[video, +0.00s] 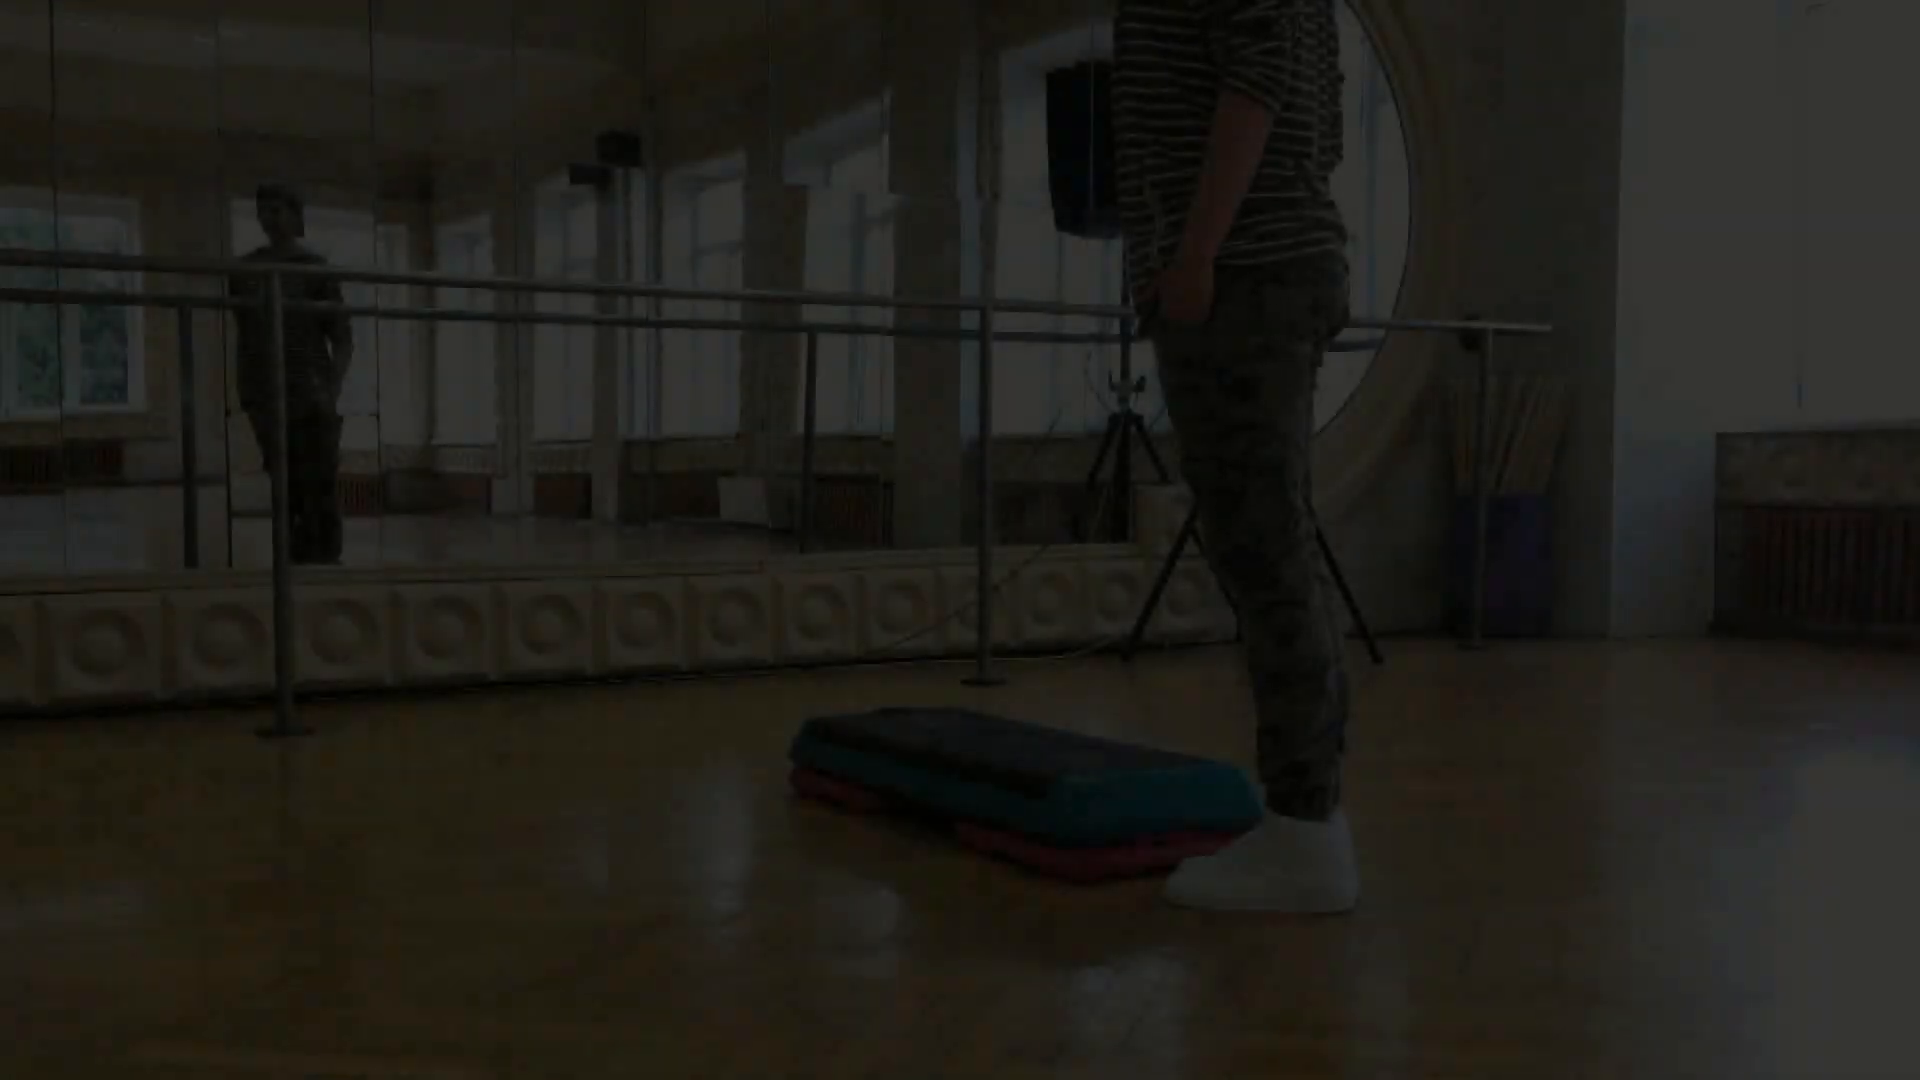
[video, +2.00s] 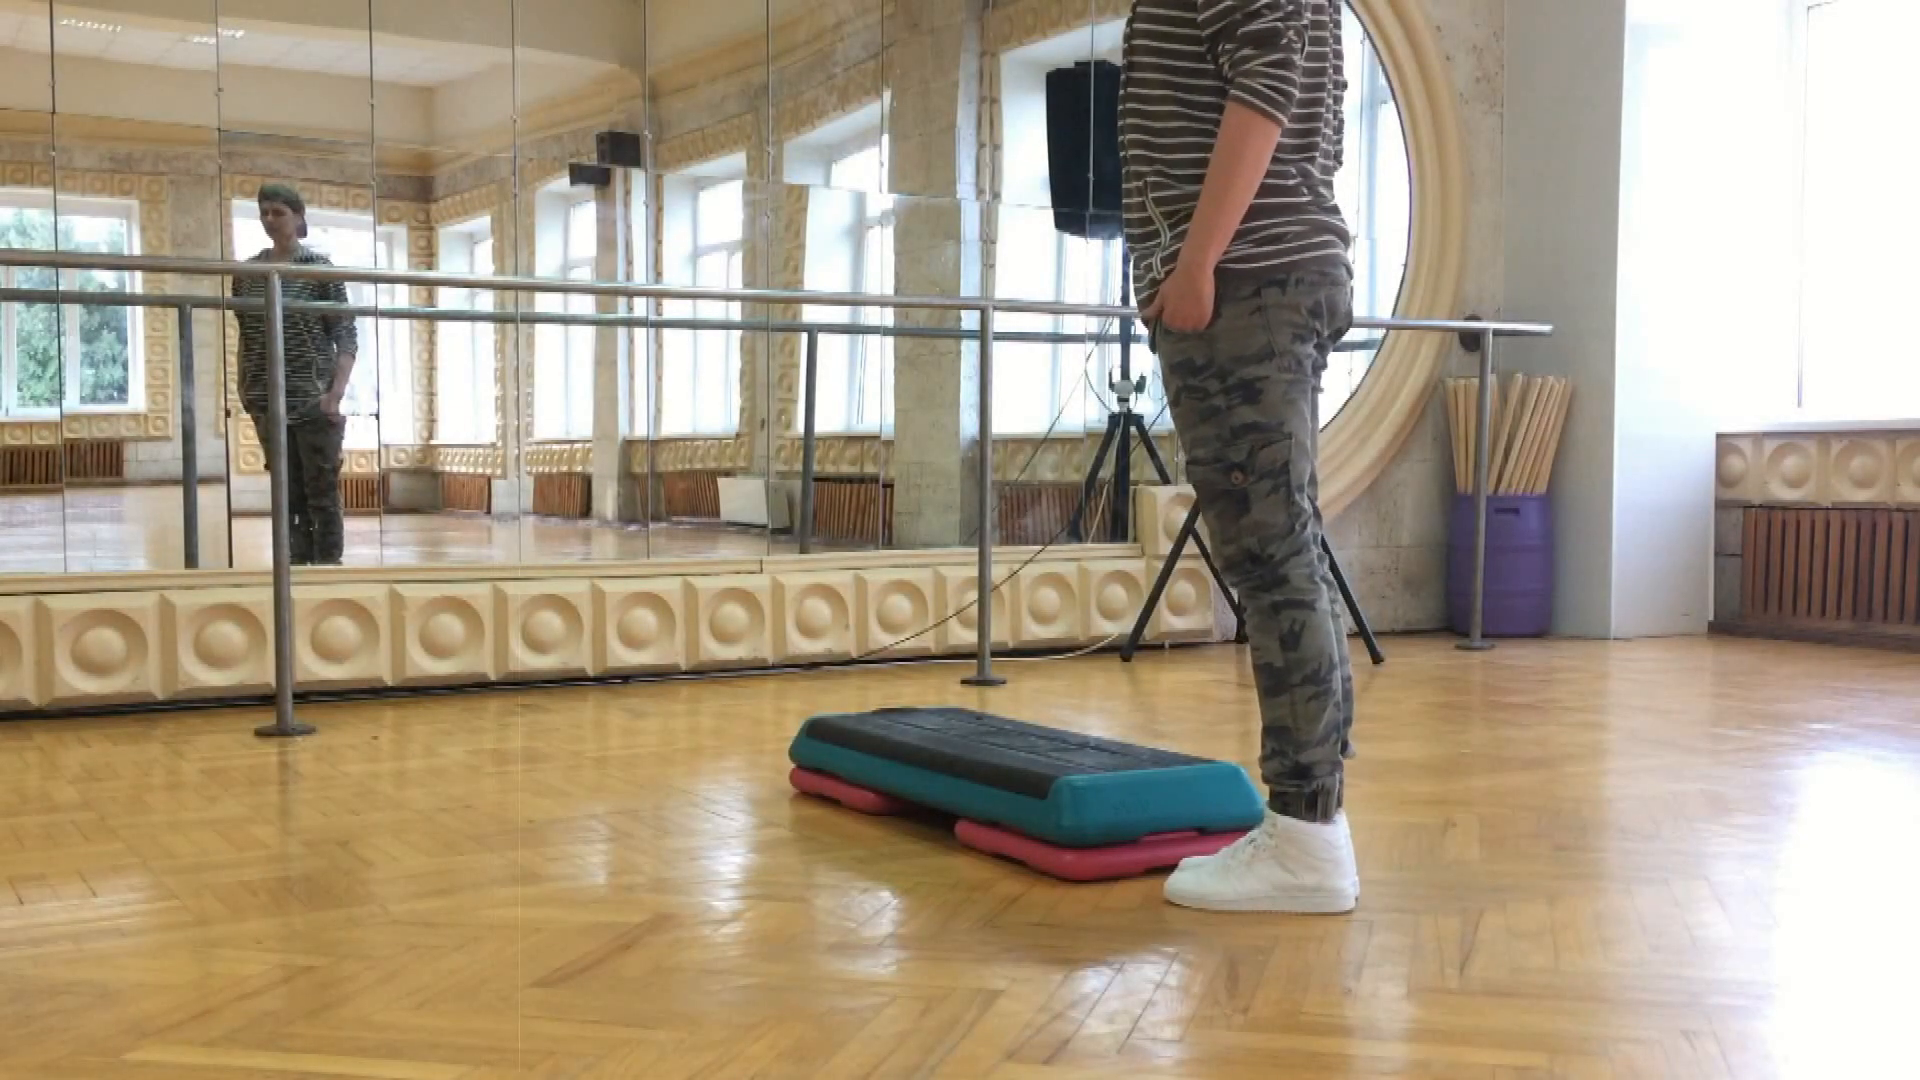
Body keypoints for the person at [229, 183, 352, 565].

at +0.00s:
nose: (274, 223)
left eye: (281, 213)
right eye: (268, 214)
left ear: (297, 217)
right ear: (260, 219)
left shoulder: (316, 267)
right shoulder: (245, 270)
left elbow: (341, 334)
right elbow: (244, 335)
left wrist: (332, 385)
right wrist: (246, 389)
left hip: (313, 390)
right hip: (265, 392)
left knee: (318, 476)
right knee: (285, 477)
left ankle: (323, 557)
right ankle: (293, 556)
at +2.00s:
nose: (270, 220)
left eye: (278, 213)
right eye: (265, 214)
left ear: (299, 218)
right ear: (260, 220)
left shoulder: (320, 268)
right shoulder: (246, 272)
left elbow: (346, 336)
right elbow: (246, 337)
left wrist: (334, 395)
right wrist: (246, 393)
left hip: (316, 401)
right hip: (266, 404)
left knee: (320, 493)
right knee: (286, 495)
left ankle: (327, 573)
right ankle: (296, 572)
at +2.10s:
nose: (270, 220)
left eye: (278, 213)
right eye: (265, 213)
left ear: (299, 217)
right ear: (259, 219)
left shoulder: (320, 267)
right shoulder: (245, 270)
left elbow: (346, 335)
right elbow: (245, 336)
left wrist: (334, 395)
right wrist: (245, 392)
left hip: (316, 399)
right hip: (265, 402)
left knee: (321, 490)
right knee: (287, 492)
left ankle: (328, 571)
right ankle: (297, 569)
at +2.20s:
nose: (270, 220)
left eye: (278, 213)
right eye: (264, 213)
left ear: (298, 217)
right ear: (258, 219)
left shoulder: (320, 268)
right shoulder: (244, 270)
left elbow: (346, 335)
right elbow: (244, 336)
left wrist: (334, 395)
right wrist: (246, 393)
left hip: (317, 401)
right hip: (266, 404)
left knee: (320, 493)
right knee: (286, 495)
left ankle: (327, 572)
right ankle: (297, 572)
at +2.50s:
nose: (272, 244)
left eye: (280, 236)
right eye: (267, 237)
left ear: (301, 240)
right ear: (262, 241)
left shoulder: (325, 291)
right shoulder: (251, 292)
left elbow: (361, 355)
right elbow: (249, 349)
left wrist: (338, 400)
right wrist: (244, 393)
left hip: (315, 410)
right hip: (264, 414)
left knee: (292, 466)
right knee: (268, 508)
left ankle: (323, 529)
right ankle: (300, 574)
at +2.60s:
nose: (272, 230)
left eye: (280, 223)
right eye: (266, 224)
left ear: (301, 227)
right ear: (262, 230)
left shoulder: (327, 275)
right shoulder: (258, 279)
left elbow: (368, 335)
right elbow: (260, 330)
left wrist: (344, 384)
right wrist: (258, 384)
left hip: (322, 393)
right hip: (275, 397)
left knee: (298, 448)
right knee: (278, 484)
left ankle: (325, 532)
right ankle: (297, 566)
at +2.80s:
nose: (274, 205)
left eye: (281, 198)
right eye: (269, 200)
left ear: (303, 200)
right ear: (267, 207)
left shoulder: (327, 250)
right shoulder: (273, 257)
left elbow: (368, 303)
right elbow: (281, 316)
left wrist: (358, 360)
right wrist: (284, 365)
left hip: (344, 367)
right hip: (304, 370)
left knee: (328, 455)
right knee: (324, 457)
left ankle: (335, 545)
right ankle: (335, 543)